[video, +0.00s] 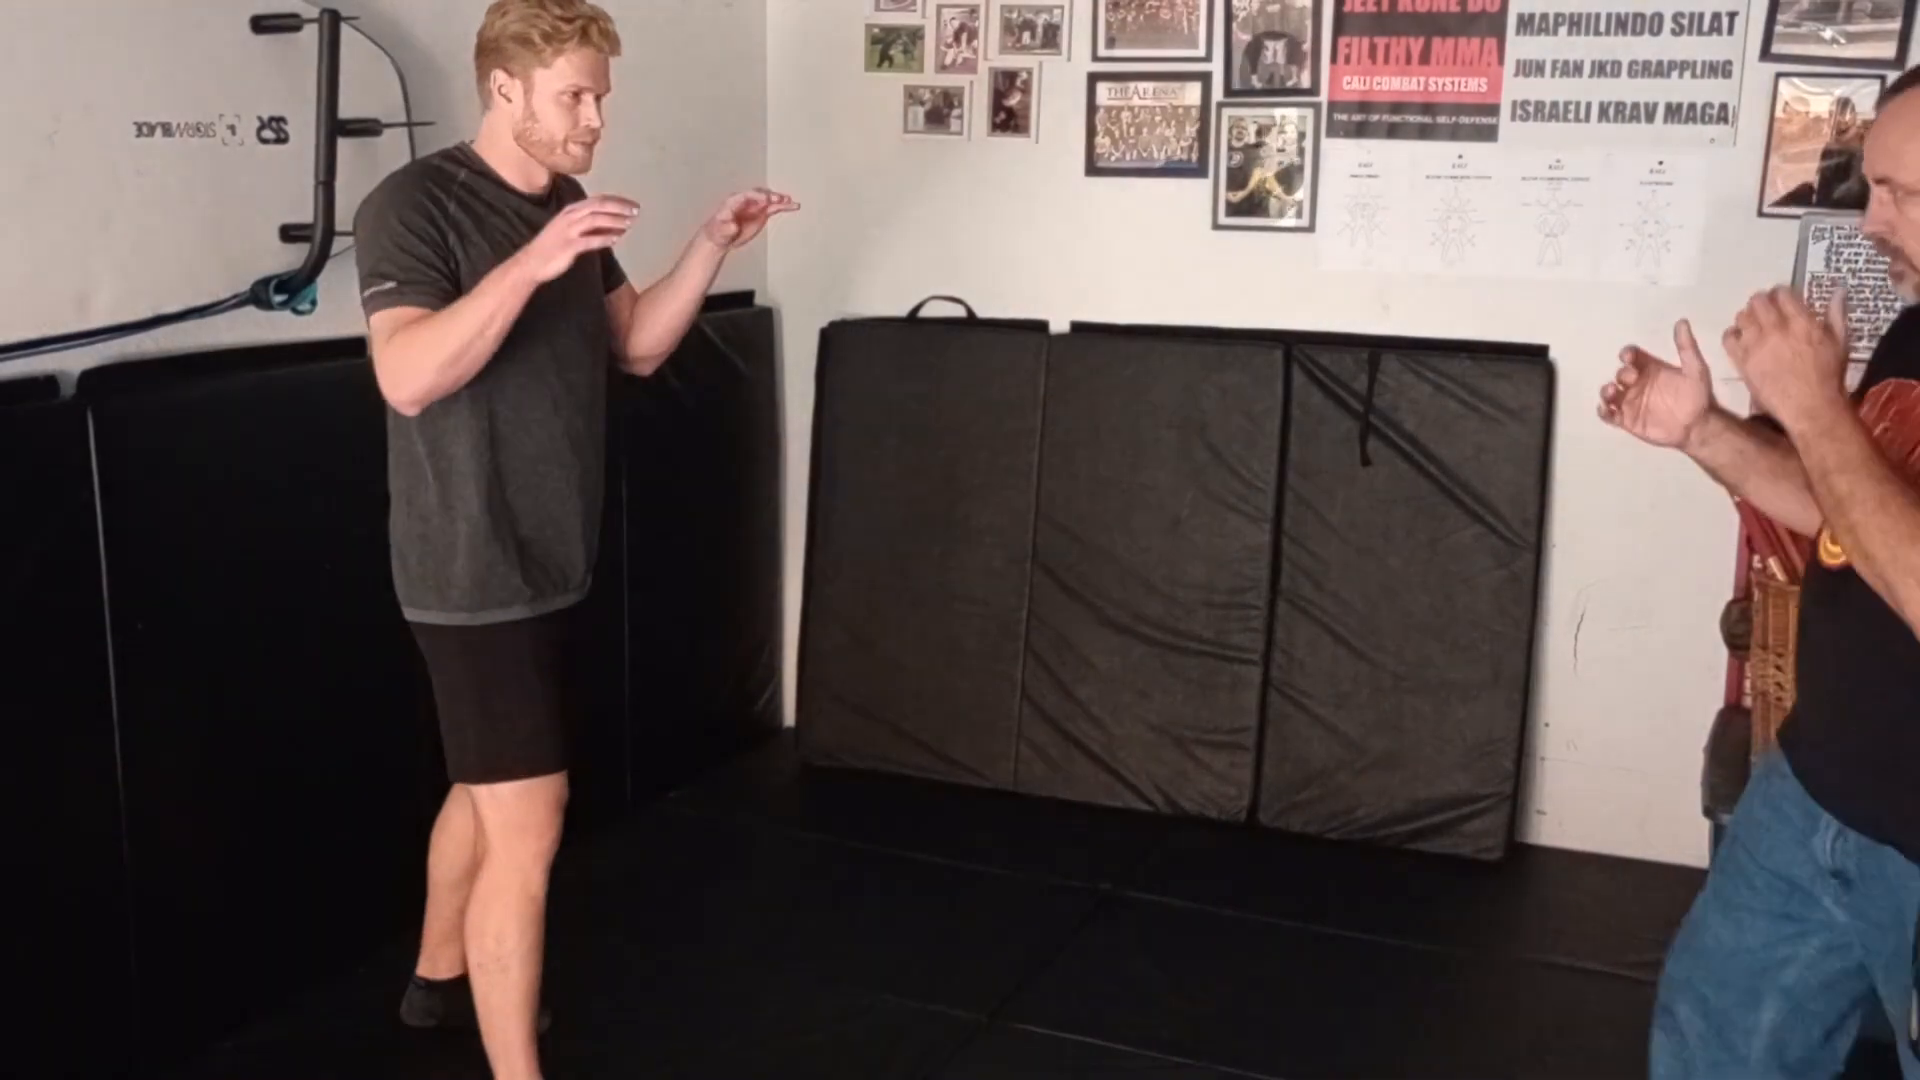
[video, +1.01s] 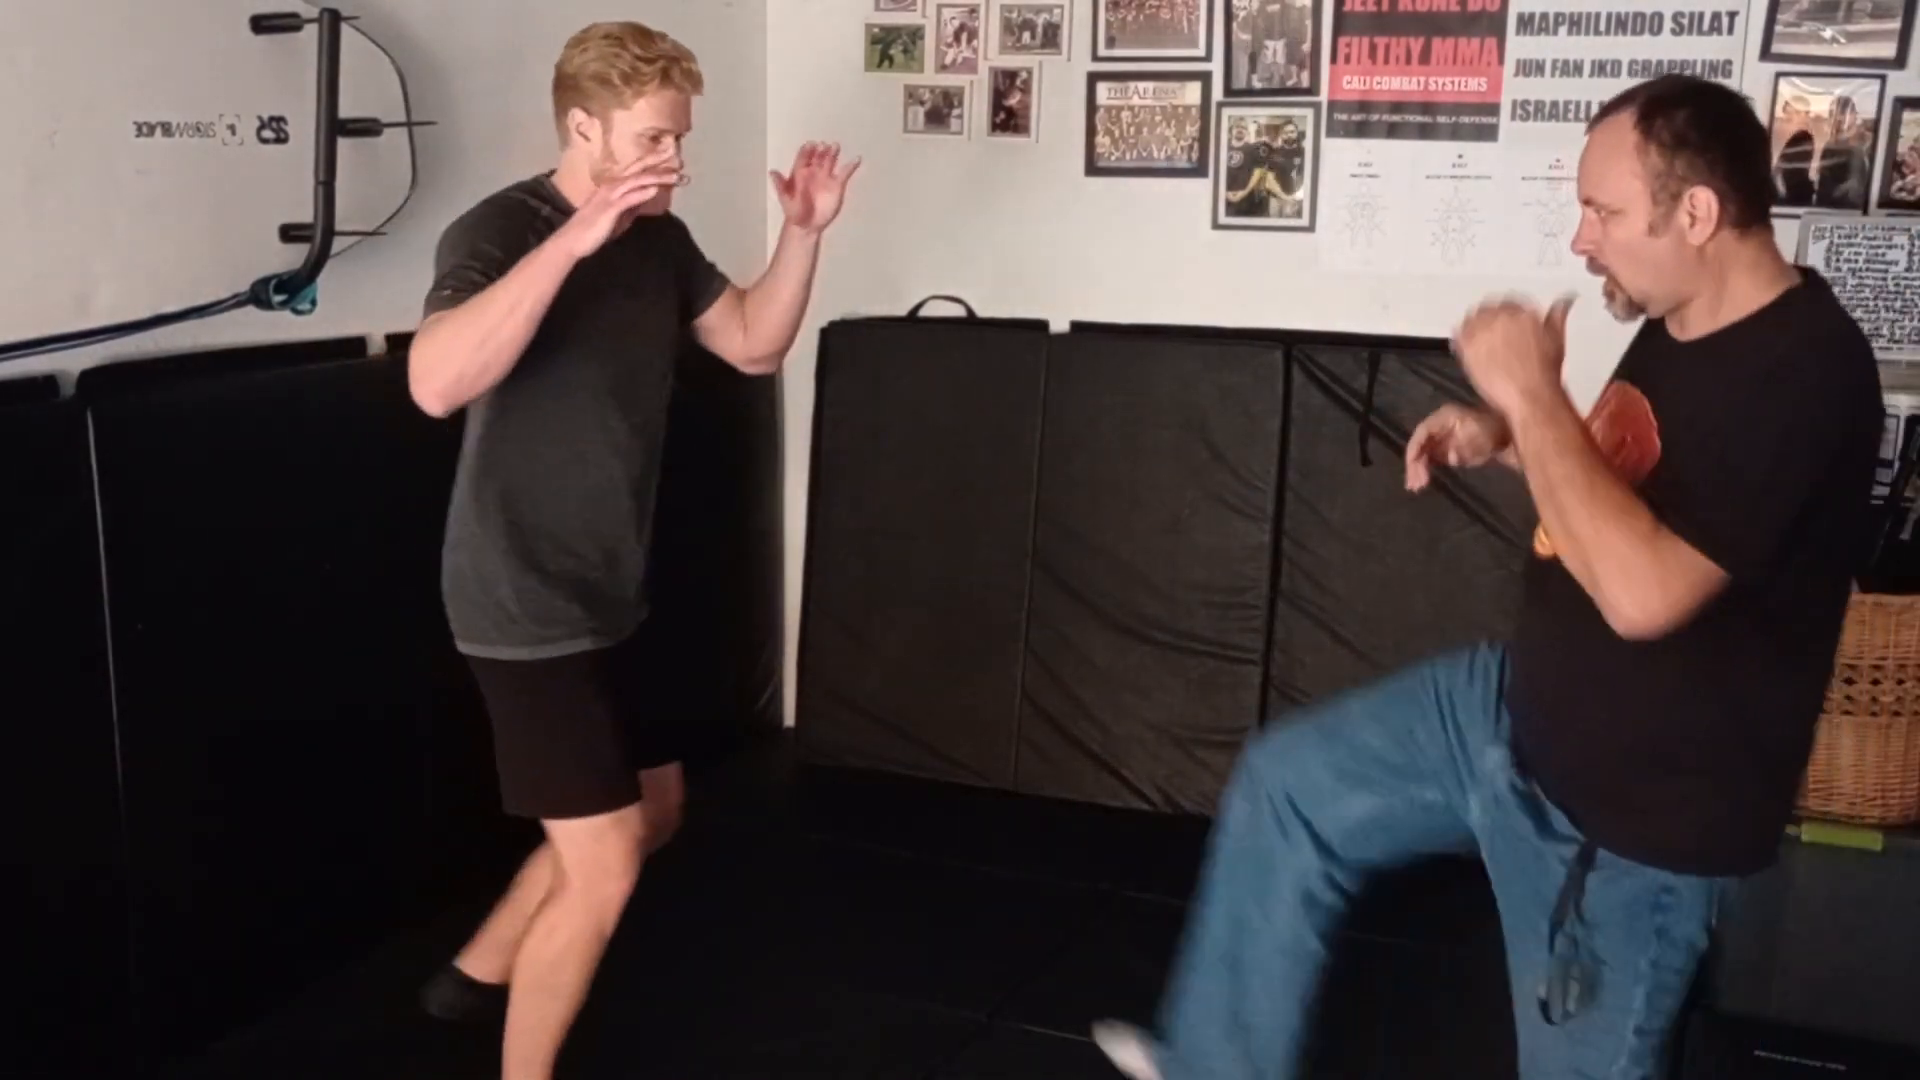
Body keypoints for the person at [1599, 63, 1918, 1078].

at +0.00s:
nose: (1873, 222)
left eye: (1895, 191)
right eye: (1870, 189)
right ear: (1868, 192)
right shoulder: (1903, 339)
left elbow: (1908, 586)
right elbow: (1838, 511)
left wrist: (1812, 407)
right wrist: (1706, 428)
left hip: (1913, 860)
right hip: (1813, 795)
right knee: (1715, 1045)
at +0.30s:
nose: (1753, 224)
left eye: (1781, 196)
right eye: (1758, 192)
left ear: (1886, 202)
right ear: (1871, 203)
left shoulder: (1915, 357)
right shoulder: (1821, 326)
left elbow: (1908, 622)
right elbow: (1818, 510)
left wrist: (1755, 481)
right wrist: (1682, 466)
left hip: (1903, 853)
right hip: (1752, 809)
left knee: (1899, 1062)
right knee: (1684, 1059)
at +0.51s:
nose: (1643, 230)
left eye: (1664, 201)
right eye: (1644, 200)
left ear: (1763, 200)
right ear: (1752, 202)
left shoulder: (1895, 337)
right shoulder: (1700, 329)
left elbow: (1829, 588)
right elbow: (1655, 510)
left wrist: (1652, 434)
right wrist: (1539, 415)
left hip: (1842, 831)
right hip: (1673, 792)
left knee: (1819, 1065)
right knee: (1636, 1056)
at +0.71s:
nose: (1579, 234)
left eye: (1599, 206)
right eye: (1577, 206)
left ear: (1696, 199)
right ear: (1682, 203)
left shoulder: (1853, 332)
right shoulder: (1639, 329)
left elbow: (1802, 584)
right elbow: (1579, 513)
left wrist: (1608, 454)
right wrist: (1463, 427)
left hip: (1753, 825)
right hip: (1614, 792)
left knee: (1688, 1063)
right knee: (1596, 1055)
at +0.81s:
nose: (1578, 239)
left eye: (1597, 211)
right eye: (1577, 210)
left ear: (1694, 205)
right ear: (1683, 209)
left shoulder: (1850, 351)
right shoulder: (1642, 338)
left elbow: (1787, 605)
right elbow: (1589, 529)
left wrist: (1586, 465)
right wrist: (1465, 455)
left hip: (1723, 840)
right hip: (1575, 785)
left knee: (1649, 1062)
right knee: (1499, 1003)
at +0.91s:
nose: (1582, 254)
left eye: (1601, 223)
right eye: (1584, 221)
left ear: (1696, 223)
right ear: (1689, 226)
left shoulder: (1839, 386)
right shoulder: (1663, 337)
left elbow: (1737, 633)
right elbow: (1610, 545)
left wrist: (1559, 477)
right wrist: (1479, 477)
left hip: (1679, 860)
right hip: (1539, 765)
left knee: (1628, 1065)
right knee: (1376, 921)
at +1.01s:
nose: (1582, 241)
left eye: (1603, 214)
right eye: (1584, 211)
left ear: (1698, 217)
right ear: (1695, 215)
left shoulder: (1811, 376)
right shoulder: (1689, 313)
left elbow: (1645, 594)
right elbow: (1630, 467)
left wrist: (1528, 395)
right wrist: (1509, 436)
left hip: (1627, 842)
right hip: (1518, 708)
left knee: (1581, 1067)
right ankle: (1214, 1059)